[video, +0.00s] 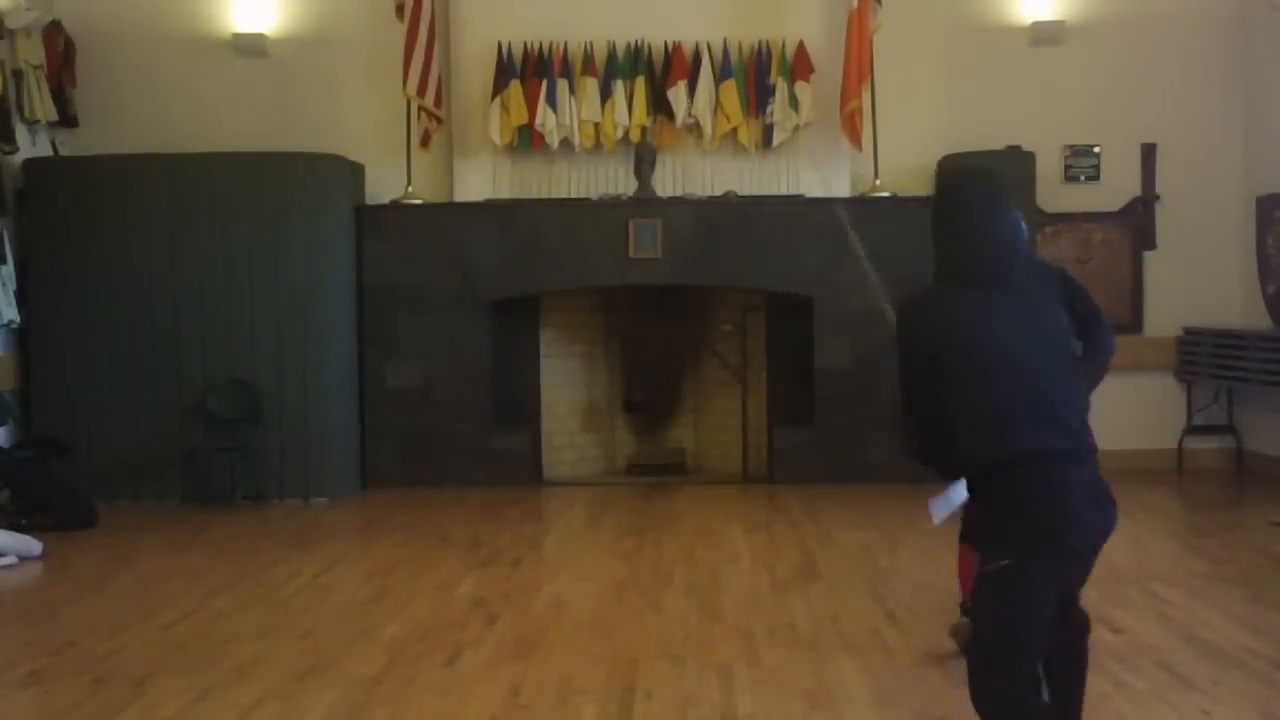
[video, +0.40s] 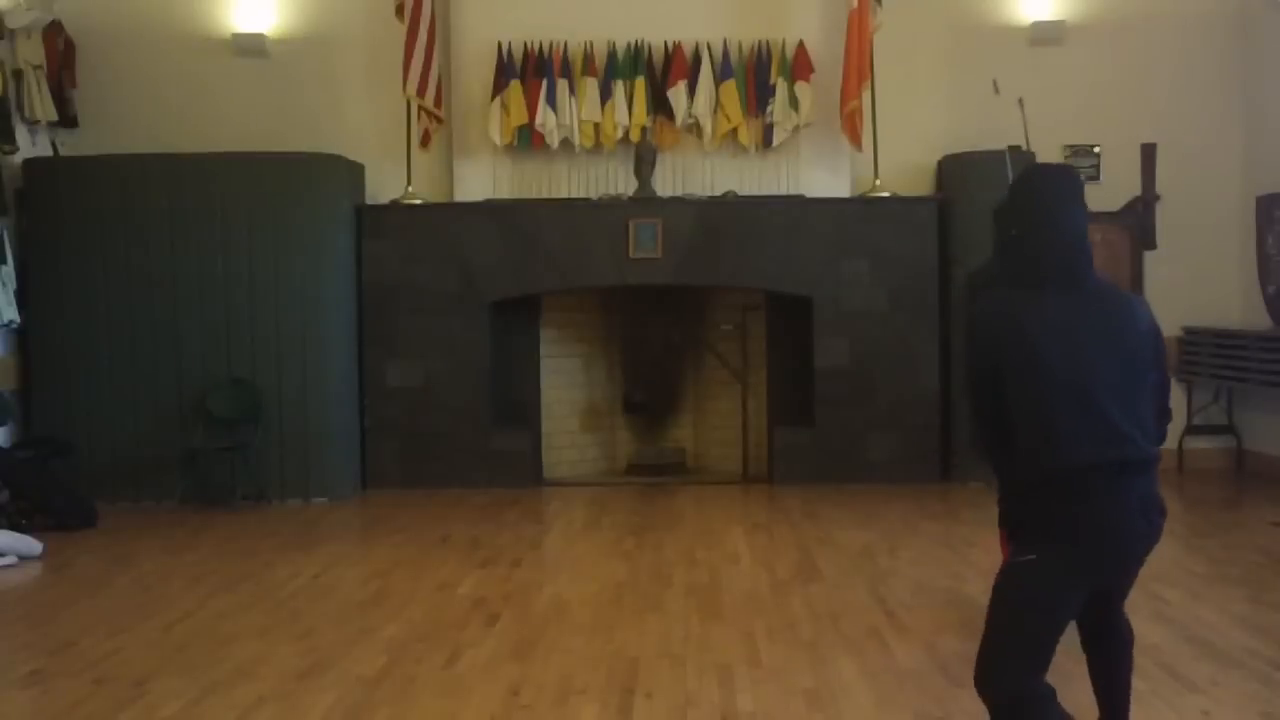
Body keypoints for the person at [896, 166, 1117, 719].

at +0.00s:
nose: (1023, 227)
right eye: (1016, 219)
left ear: (943, 232)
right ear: (1009, 225)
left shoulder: (925, 310)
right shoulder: (1046, 278)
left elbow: (925, 432)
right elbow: (1101, 341)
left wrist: (959, 468)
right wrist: (1064, 396)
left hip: (1014, 509)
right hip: (1083, 497)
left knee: (999, 670)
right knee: (1060, 610)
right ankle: (1065, 707)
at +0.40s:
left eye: (1008, 223)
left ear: (1011, 230)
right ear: (1080, 230)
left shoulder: (996, 310)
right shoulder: (1131, 312)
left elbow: (990, 424)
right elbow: (1157, 418)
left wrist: (1023, 485)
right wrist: (1121, 477)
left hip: (1052, 516)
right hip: (1134, 512)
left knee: (1005, 677)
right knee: (1104, 611)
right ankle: (1115, 713)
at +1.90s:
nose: (997, 192)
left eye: (1000, 180)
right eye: (1002, 180)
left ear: (1009, 185)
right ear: (1071, 180)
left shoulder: (999, 265)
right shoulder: (1106, 266)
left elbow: (976, 385)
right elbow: (1123, 353)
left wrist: (1005, 435)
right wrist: (1087, 423)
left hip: (1030, 472)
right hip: (1097, 468)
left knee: (1018, 631)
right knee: (1059, 617)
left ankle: (1066, 710)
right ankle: (1078, 708)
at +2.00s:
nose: (973, 179)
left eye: (976, 169)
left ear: (983, 176)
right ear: (1046, 169)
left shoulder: (978, 259)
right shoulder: (1084, 253)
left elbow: (957, 371)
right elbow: (1138, 326)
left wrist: (981, 427)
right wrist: (1085, 377)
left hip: (1020, 456)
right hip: (1082, 450)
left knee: (1026, 618)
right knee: (1016, 600)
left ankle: (1064, 709)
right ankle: (1027, 707)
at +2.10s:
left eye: (949, 165)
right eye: (1021, 157)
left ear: (954, 169)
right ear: (1022, 167)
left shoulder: (944, 252)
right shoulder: (1058, 254)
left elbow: (925, 363)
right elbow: (1098, 337)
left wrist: (945, 418)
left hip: (986, 454)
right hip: (1050, 451)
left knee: (1038, 634)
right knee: (968, 598)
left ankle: (1076, 706)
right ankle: (964, 710)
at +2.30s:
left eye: (891, 176)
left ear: (890, 182)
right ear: (955, 183)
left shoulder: (870, 265)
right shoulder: (991, 264)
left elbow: (850, 383)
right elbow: (1012, 362)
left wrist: (892, 447)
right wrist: (980, 434)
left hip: (924, 465)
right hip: (978, 460)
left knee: (999, 639)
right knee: (889, 623)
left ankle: (1053, 705)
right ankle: (877, 709)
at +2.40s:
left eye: (856, 173)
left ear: (852, 180)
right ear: (916, 184)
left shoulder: (829, 266)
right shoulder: (947, 271)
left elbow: (819, 378)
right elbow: (967, 369)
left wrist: (848, 451)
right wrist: (937, 439)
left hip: (878, 470)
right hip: (930, 466)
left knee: (917, 644)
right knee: (853, 626)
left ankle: (1001, 711)